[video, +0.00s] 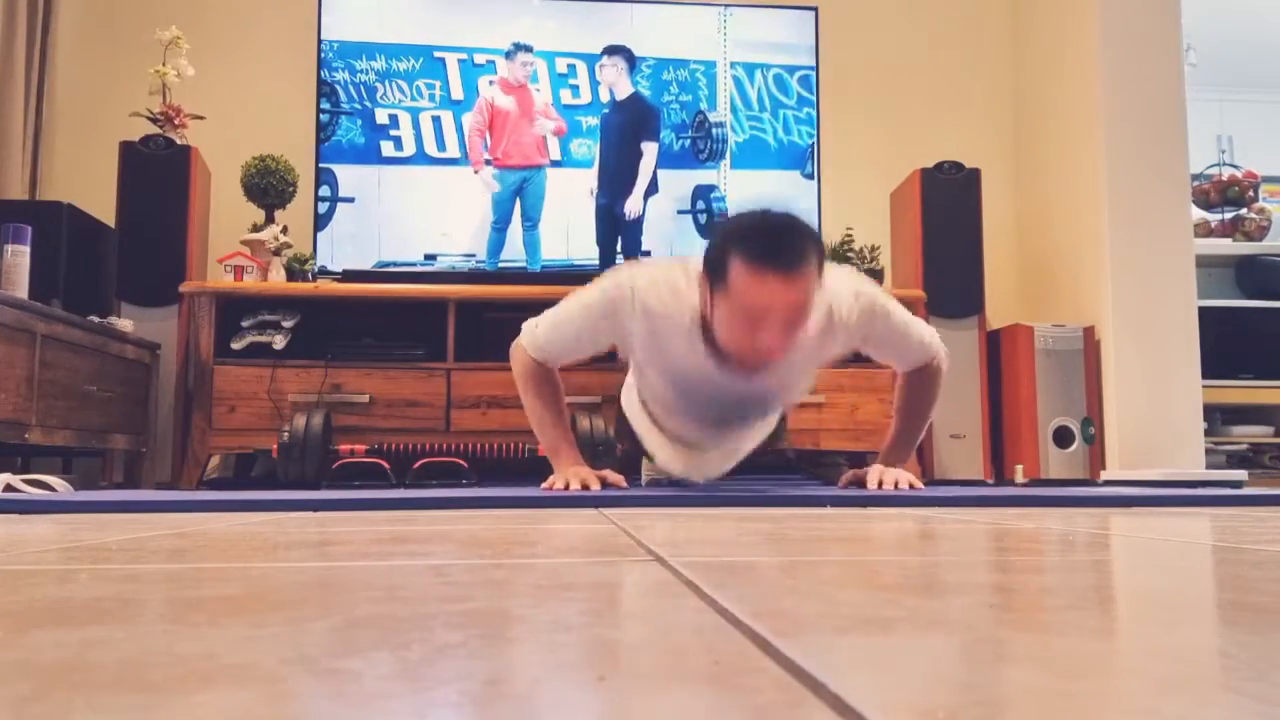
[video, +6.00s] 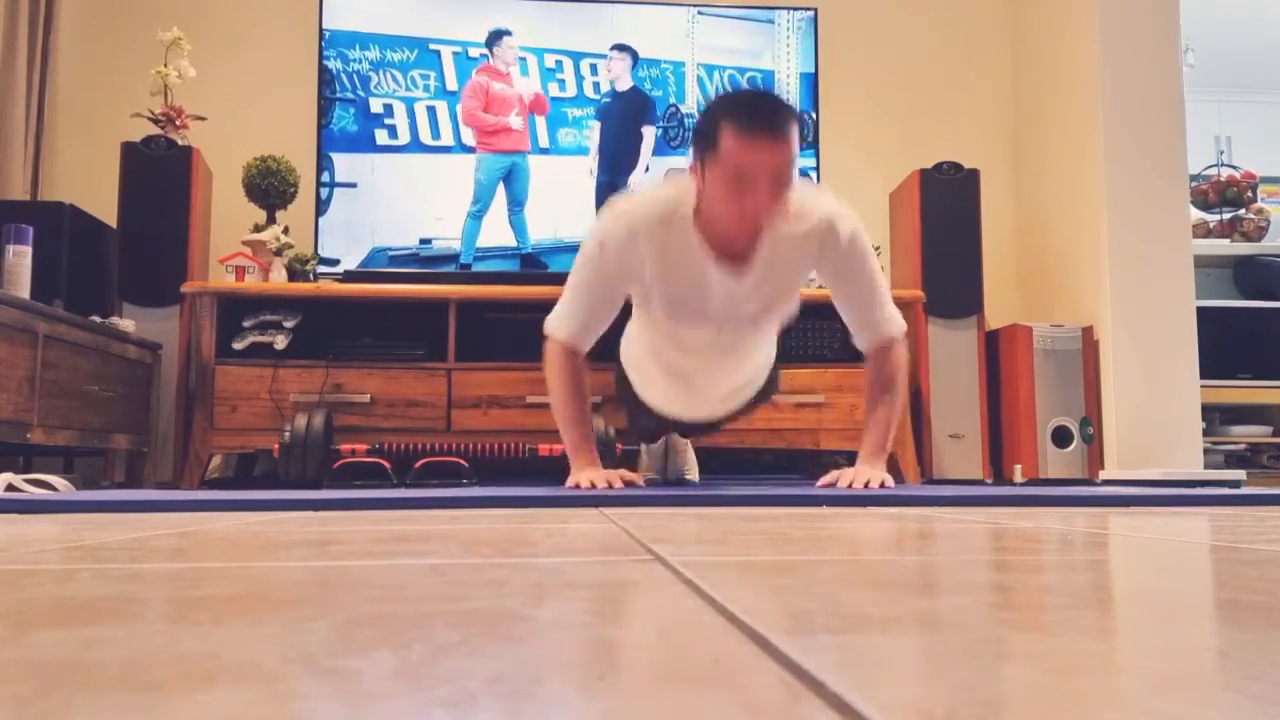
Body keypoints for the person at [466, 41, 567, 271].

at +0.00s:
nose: (529, 70)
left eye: (531, 65)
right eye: (524, 64)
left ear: (533, 66)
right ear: (508, 64)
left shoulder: (537, 96)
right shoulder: (491, 96)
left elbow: (562, 127)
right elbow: (475, 131)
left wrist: (552, 126)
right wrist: (480, 167)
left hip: (535, 170)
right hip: (505, 170)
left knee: (532, 223)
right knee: (500, 224)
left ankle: (535, 270)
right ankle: (490, 269)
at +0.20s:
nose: (528, 70)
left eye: (530, 65)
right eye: (523, 65)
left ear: (532, 66)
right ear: (508, 64)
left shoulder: (537, 95)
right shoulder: (491, 95)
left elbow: (554, 127)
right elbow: (474, 129)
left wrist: (557, 128)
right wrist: (503, 144)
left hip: (536, 168)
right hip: (506, 169)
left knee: (532, 222)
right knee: (501, 222)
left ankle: (535, 268)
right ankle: (490, 266)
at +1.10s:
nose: (548, 74)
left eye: (550, 68)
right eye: (544, 68)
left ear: (552, 67)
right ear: (527, 66)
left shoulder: (554, 93)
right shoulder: (510, 95)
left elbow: (574, 106)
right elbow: (501, 134)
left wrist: (588, 112)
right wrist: (538, 147)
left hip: (544, 168)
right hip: (517, 167)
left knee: (538, 217)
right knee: (508, 216)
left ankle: (539, 264)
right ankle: (496, 260)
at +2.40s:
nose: (527, 57)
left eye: (527, 52)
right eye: (521, 53)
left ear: (530, 56)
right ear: (507, 57)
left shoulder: (535, 87)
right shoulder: (495, 87)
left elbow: (558, 118)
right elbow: (482, 121)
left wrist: (550, 102)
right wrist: (514, 135)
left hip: (538, 156)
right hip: (510, 157)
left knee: (540, 208)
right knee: (509, 208)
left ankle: (548, 253)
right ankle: (506, 253)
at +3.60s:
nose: (528, 51)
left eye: (533, 48)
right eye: (524, 46)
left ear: (537, 53)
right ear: (513, 48)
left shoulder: (540, 83)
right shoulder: (498, 78)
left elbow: (562, 116)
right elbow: (479, 111)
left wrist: (545, 96)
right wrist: (507, 129)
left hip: (533, 155)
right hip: (504, 153)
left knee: (527, 206)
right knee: (488, 205)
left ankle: (525, 257)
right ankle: (467, 259)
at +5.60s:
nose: (519, 53)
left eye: (520, 48)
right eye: (515, 48)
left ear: (505, 50)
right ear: (499, 50)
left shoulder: (518, 79)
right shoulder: (479, 79)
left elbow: (540, 116)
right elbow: (466, 115)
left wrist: (527, 97)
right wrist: (504, 122)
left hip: (520, 155)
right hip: (491, 155)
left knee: (518, 208)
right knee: (478, 209)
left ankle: (527, 255)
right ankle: (465, 262)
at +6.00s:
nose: (516, 53)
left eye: (516, 48)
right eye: (511, 48)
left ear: (506, 51)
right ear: (495, 50)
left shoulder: (518, 80)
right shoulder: (480, 81)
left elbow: (543, 109)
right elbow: (469, 115)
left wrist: (533, 94)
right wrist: (506, 122)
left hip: (519, 155)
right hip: (491, 155)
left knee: (518, 208)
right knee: (478, 209)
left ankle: (527, 254)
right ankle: (465, 261)